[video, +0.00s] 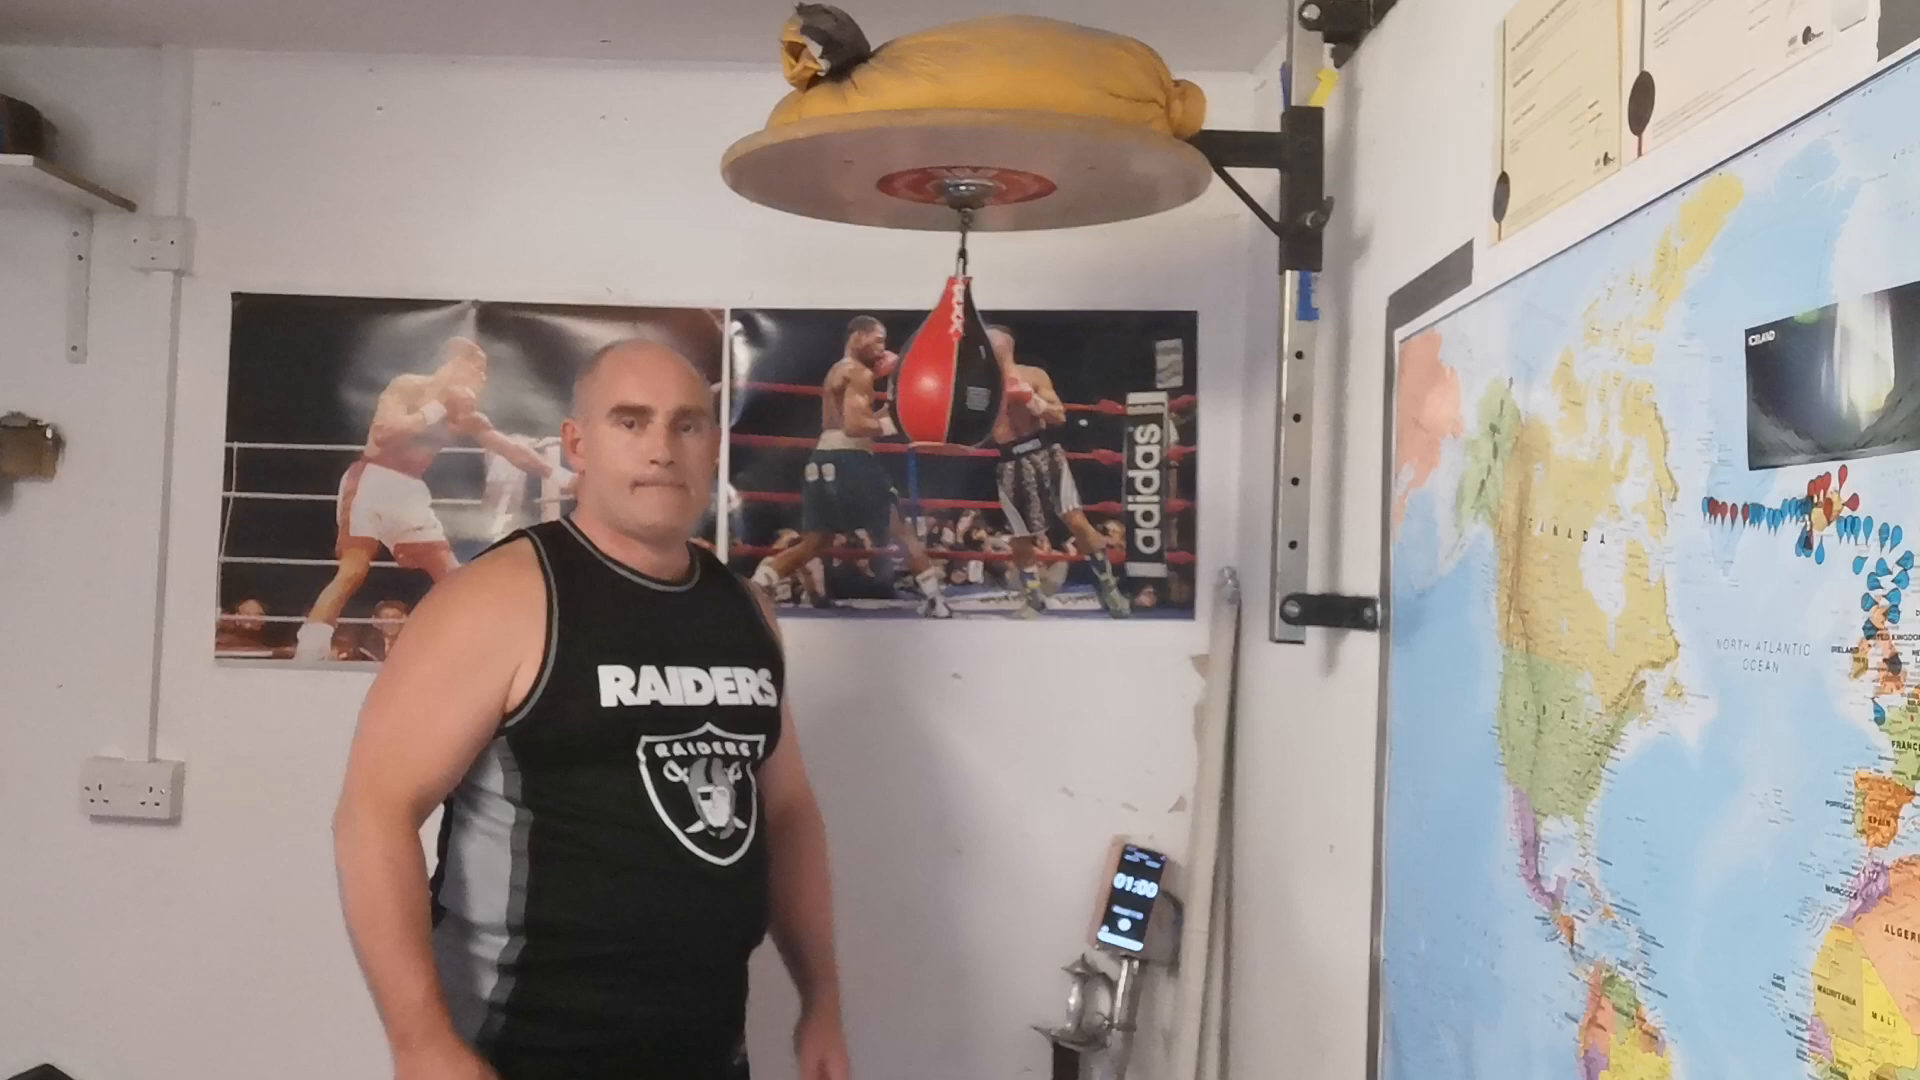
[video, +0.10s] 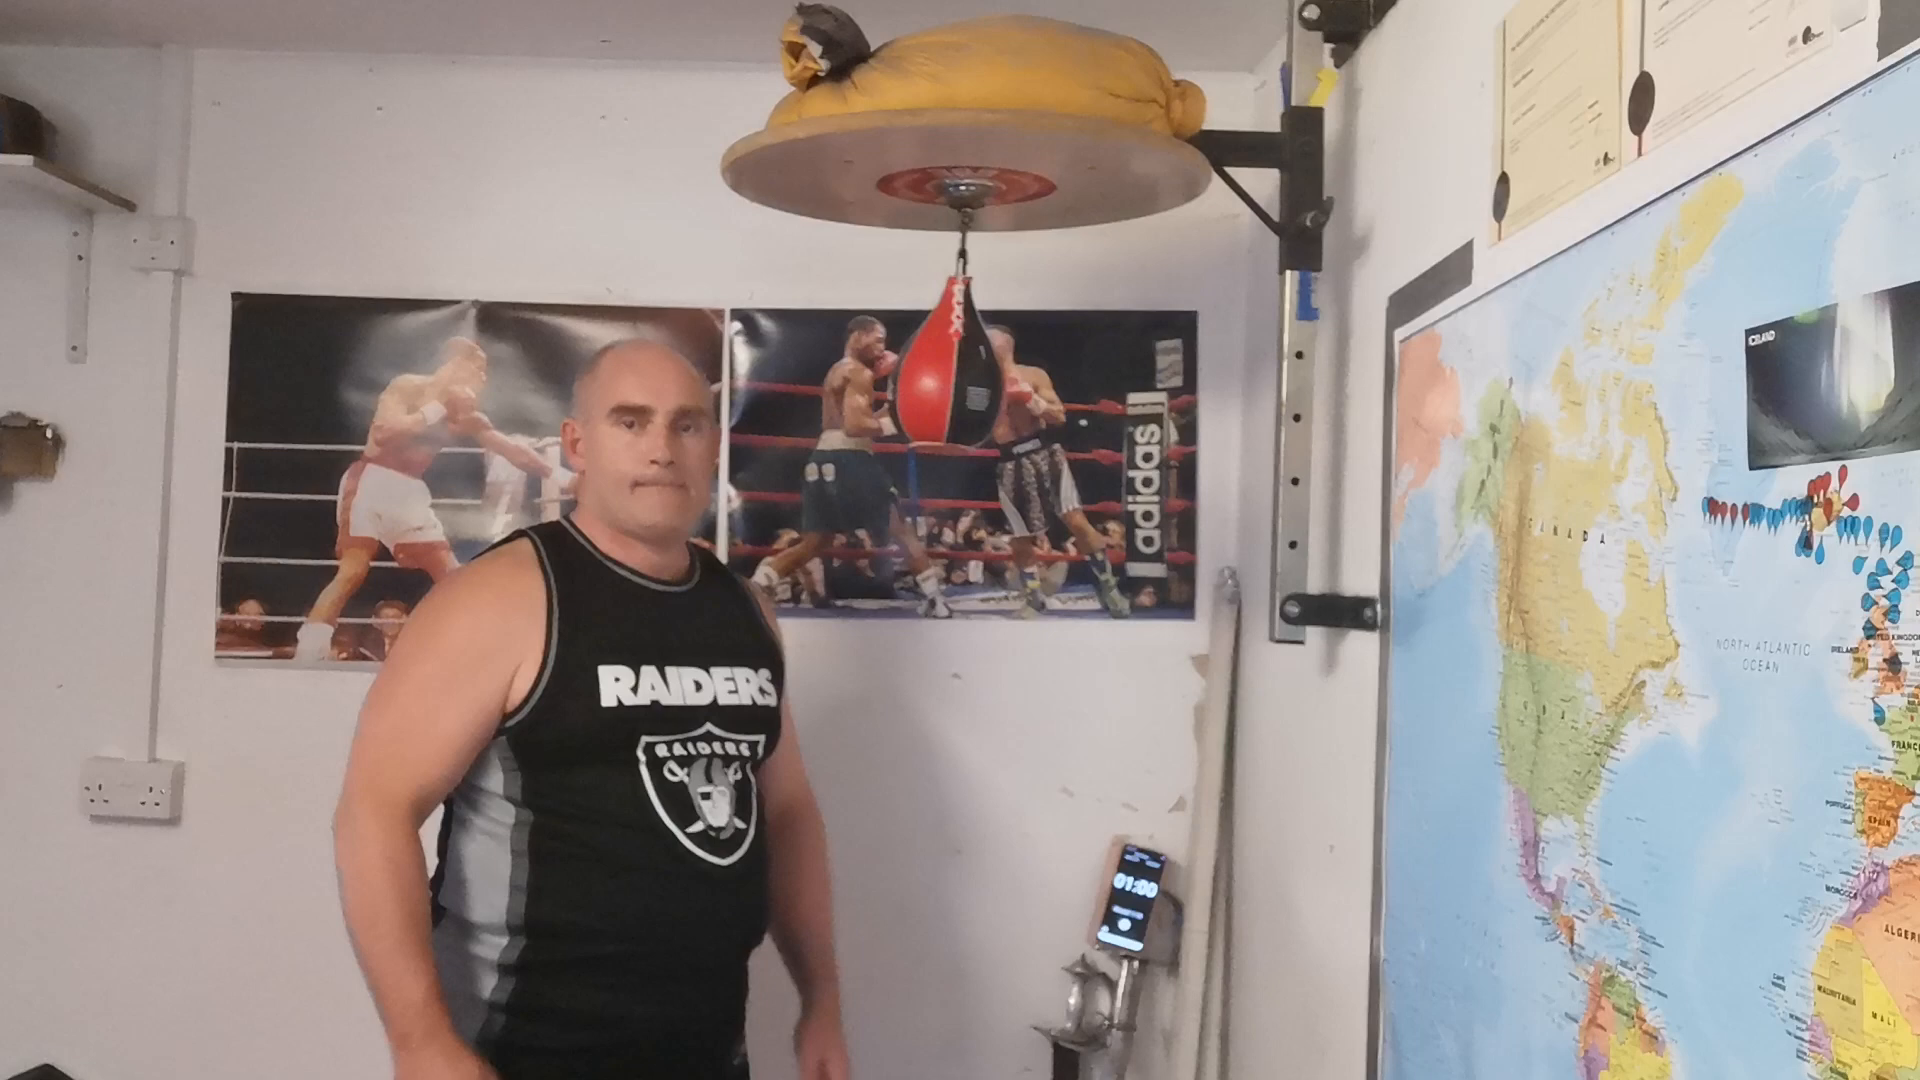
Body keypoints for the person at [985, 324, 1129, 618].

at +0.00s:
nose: (997, 355)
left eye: (1000, 348)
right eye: (992, 350)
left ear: (1010, 348)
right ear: (985, 354)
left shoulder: (1034, 375)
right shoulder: (983, 384)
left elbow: (1059, 418)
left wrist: (1037, 403)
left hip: (1046, 455)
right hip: (1011, 464)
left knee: (1075, 521)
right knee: (1022, 537)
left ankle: (1108, 587)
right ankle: (1032, 596)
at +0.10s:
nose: (997, 355)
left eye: (1000, 348)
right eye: (992, 350)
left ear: (1010, 348)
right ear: (985, 354)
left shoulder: (1034, 375)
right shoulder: (983, 384)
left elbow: (1059, 418)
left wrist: (1037, 403)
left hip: (1046, 455)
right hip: (1011, 464)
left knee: (1075, 521)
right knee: (1022, 537)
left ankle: (1108, 587)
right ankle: (1032, 596)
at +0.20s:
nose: (985, 346)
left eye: (991, 340)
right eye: (982, 342)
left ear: (1009, 344)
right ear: (981, 350)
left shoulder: (1034, 375)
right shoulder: (983, 386)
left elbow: (1059, 417)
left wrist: (1033, 400)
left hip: (1045, 456)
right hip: (1011, 465)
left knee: (1075, 521)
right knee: (1021, 538)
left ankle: (1108, 587)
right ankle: (1032, 598)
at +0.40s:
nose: (996, 355)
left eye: (1000, 348)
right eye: (992, 350)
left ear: (1011, 348)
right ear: (985, 353)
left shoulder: (1034, 375)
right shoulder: (984, 383)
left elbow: (1059, 416)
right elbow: (975, 426)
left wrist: (1036, 403)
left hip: (1045, 456)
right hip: (1011, 464)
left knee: (1075, 522)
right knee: (1021, 538)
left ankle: (1108, 587)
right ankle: (1031, 596)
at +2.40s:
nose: (999, 350)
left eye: (1003, 344)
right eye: (994, 346)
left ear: (1013, 345)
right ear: (987, 351)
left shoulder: (1034, 375)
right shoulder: (985, 384)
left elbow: (1059, 415)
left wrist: (1038, 406)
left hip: (1046, 455)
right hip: (1011, 464)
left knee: (1075, 521)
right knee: (1022, 538)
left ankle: (1108, 588)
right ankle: (1032, 600)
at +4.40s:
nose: (1006, 359)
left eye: (1007, 352)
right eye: (997, 356)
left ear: (1017, 353)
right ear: (989, 363)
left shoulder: (1035, 376)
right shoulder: (985, 386)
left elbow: (1059, 416)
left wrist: (1042, 407)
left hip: (1047, 454)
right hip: (1012, 462)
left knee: (1076, 522)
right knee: (1021, 536)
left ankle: (1109, 590)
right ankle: (1032, 599)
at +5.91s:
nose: (986, 346)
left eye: (991, 339)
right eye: (983, 341)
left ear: (1009, 345)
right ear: (980, 350)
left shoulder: (1033, 375)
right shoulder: (981, 385)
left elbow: (1059, 416)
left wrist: (1033, 401)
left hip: (1046, 456)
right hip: (1011, 464)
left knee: (1076, 522)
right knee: (1021, 537)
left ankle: (1109, 588)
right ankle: (1032, 598)